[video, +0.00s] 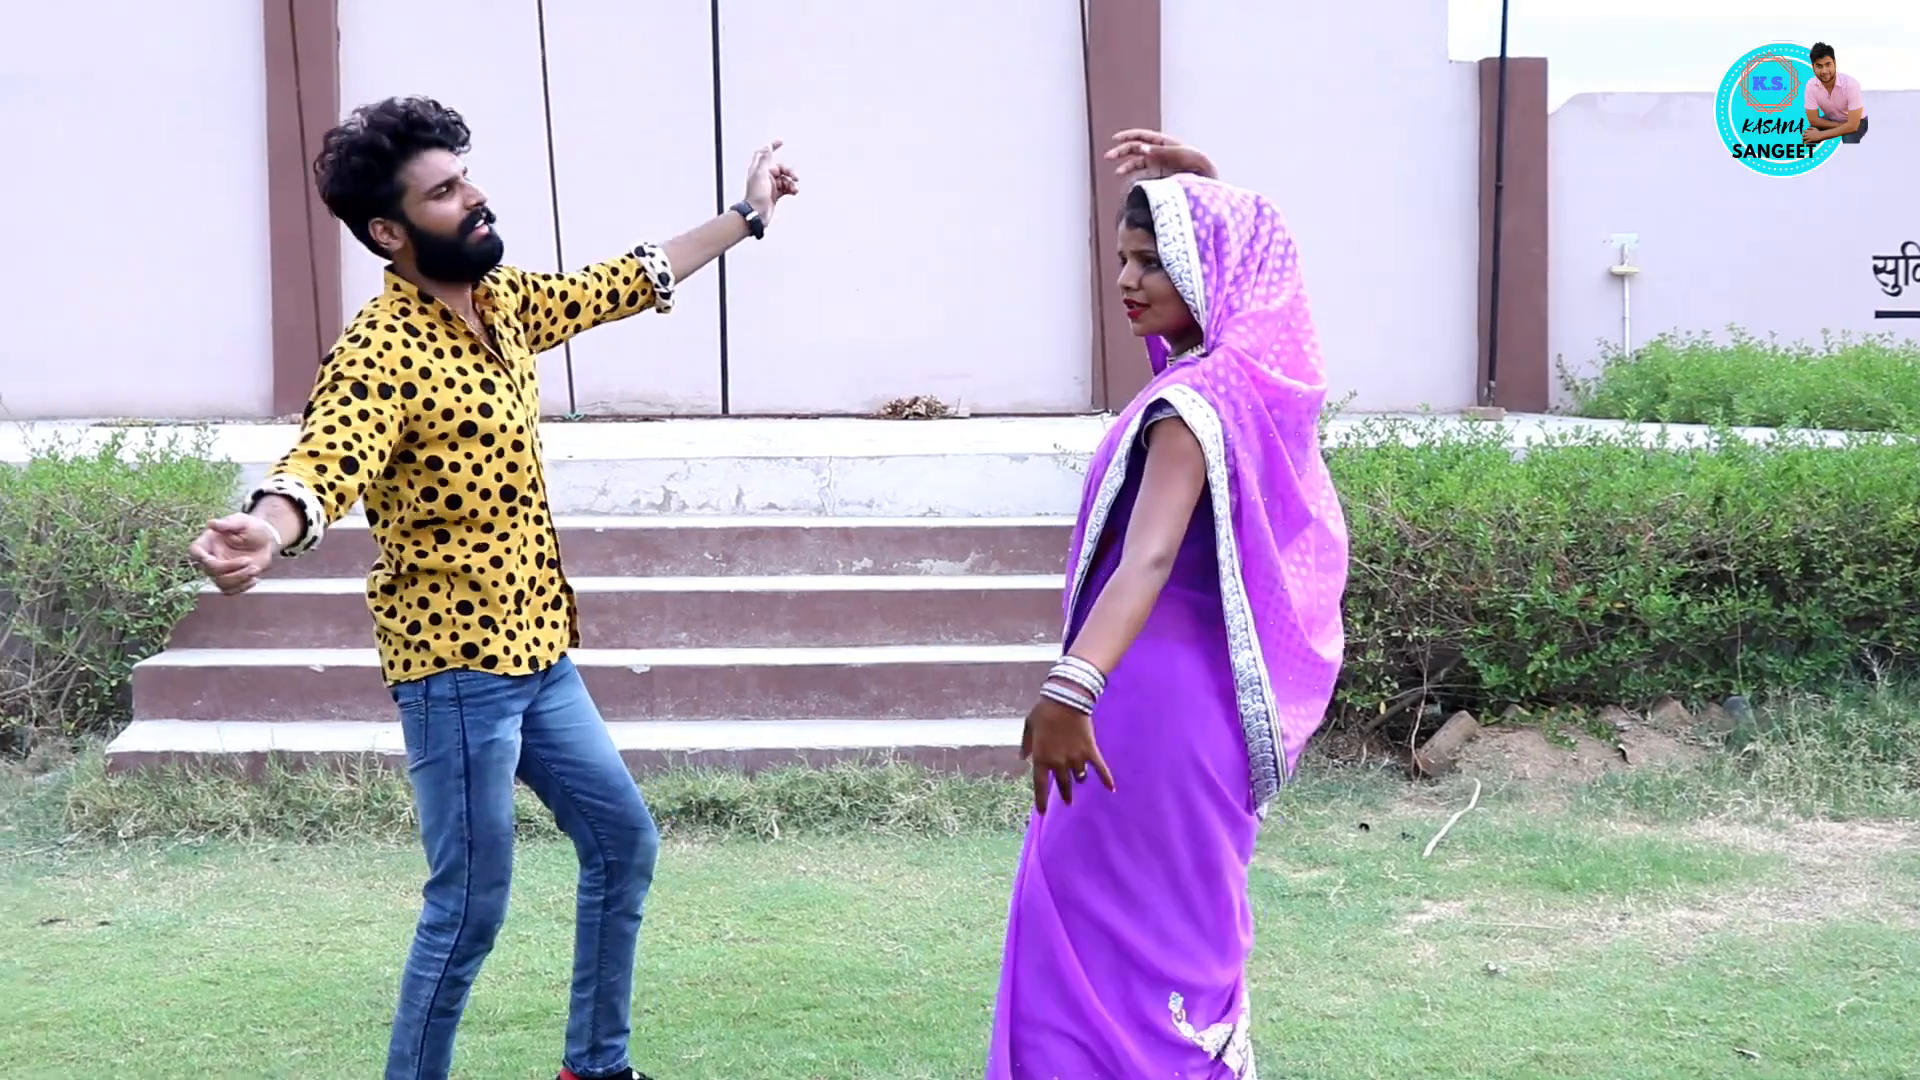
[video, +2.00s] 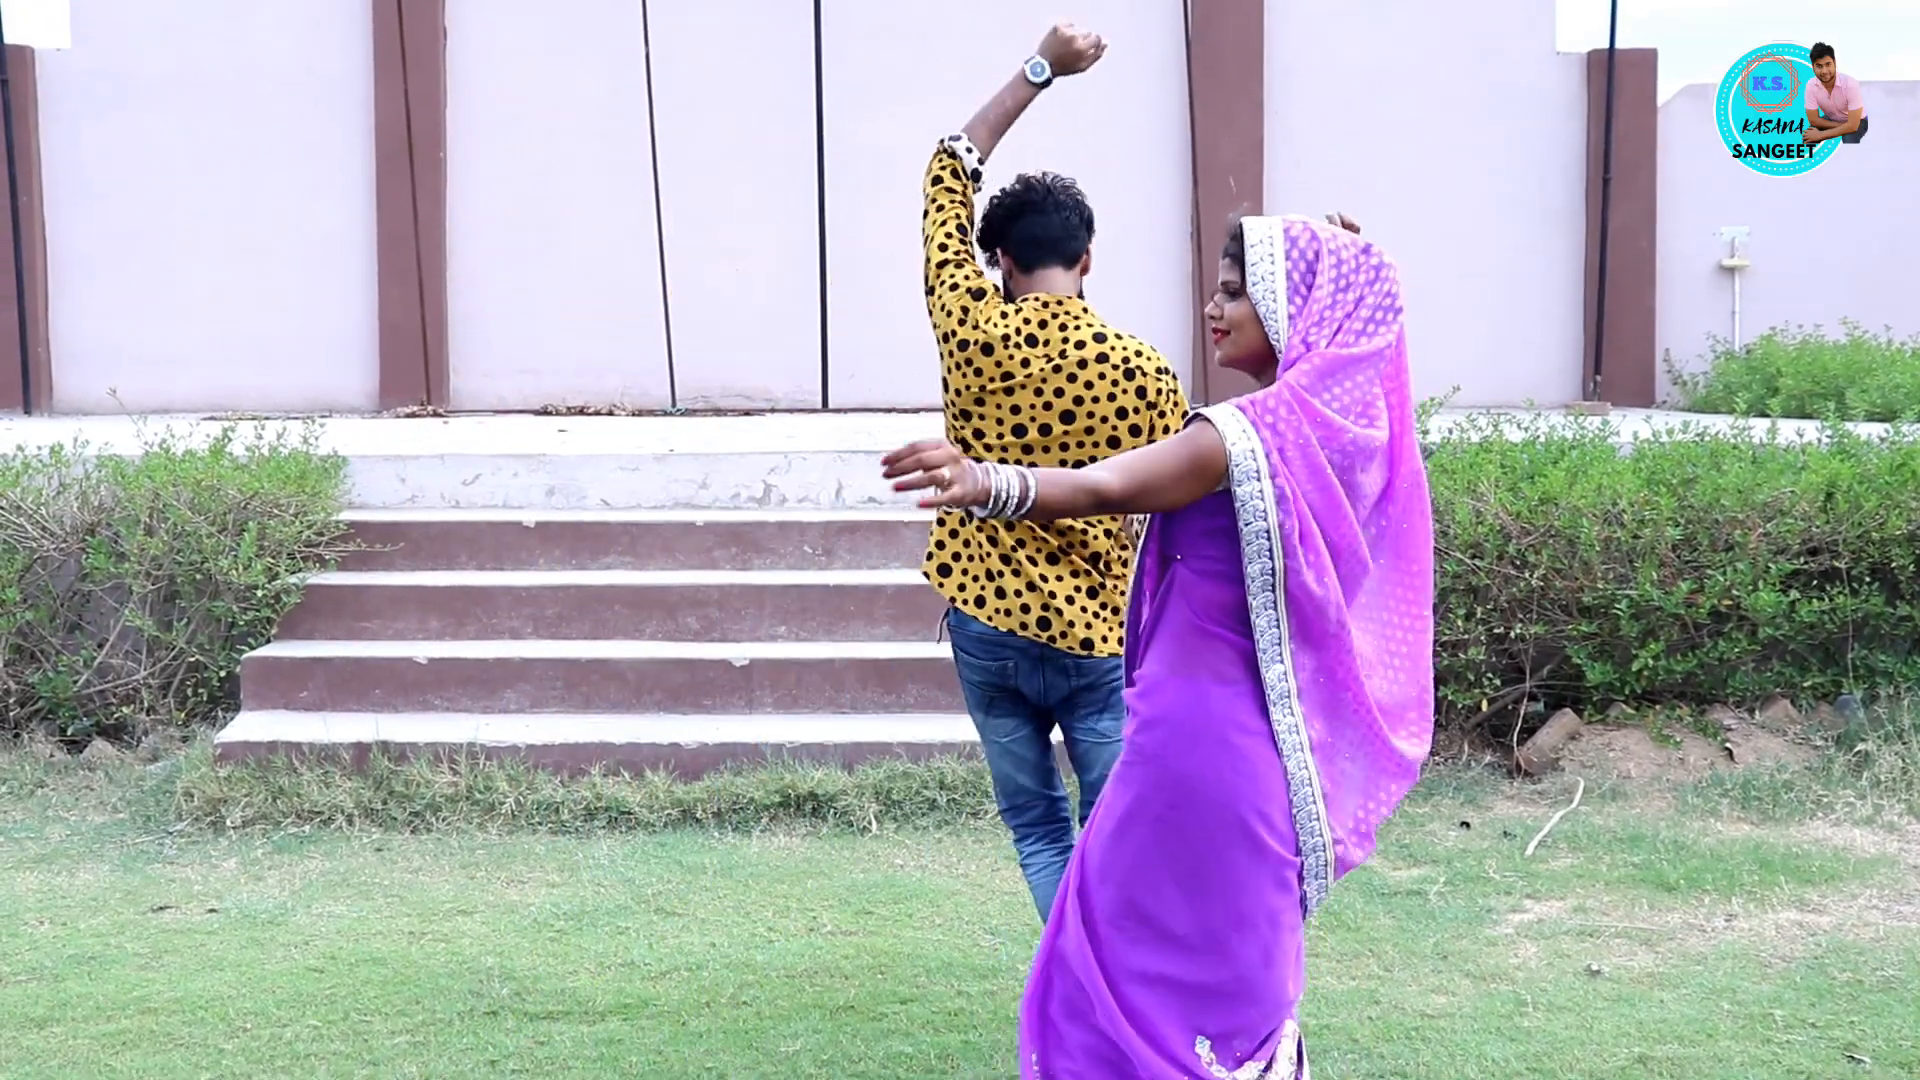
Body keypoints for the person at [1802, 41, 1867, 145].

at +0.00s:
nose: (1824, 71)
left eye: (1828, 65)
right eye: (1819, 66)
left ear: (1835, 63)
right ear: (1813, 67)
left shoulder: (1851, 85)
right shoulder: (1812, 86)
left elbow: (1852, 126)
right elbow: (1813, 120)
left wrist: (1820, 135)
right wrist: (1843, 126)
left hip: (1855, 122)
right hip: (1829, 121)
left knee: (1849, 140)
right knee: (1810, 136)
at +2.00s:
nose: (1824, 71)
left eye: (1828, 65)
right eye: (1819, 66)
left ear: (1835, 63)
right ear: (1813, 67)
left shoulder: (1850, 84)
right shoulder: (1812, 86)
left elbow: (1853, 126)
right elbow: (1813, 120)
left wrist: (1820, 135)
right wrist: (1843, 126)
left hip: (1855, 122)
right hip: (1830, 121)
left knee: (1848, 140)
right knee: (1810, 136)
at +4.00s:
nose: (1824, 71)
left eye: (1828, 65)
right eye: (1819, 66)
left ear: (1835, 63)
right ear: (1813, 67)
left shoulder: (1850, 84)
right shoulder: (1812, 86)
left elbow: (1853, 126)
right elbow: (1813, 120)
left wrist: (1820, 135)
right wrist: (1843, 126)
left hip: (1855, 122)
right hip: (1830, 121)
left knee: (1848, 140)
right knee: (1810, 136)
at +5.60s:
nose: (1824, 71)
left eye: (1828, 65)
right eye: (1819, 66)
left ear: (1835, 63)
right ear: (1813, 67)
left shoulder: (1850, 84)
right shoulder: (1812, 86)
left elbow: (1853, 126)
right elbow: (1813, 120)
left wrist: (1821, 135)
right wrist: (1843, 126)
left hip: (1855, 122)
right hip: (1830, 121)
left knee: (1848, 140)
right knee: (1810, 136)